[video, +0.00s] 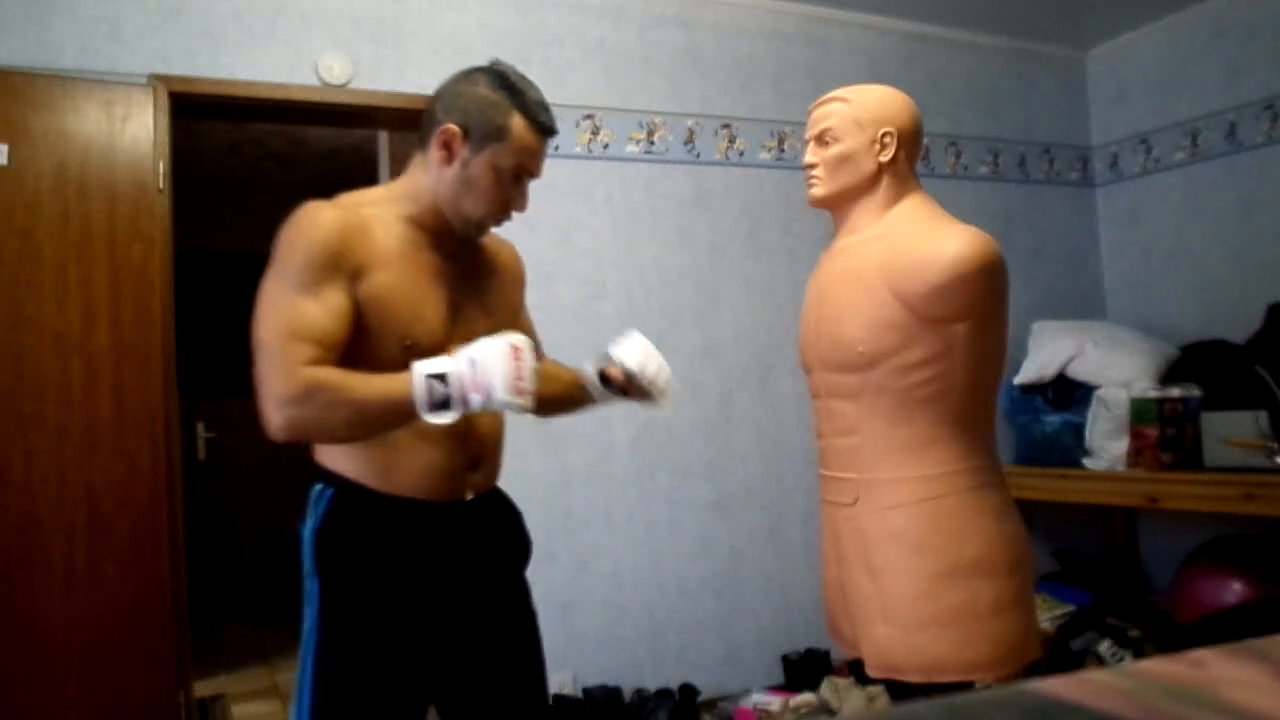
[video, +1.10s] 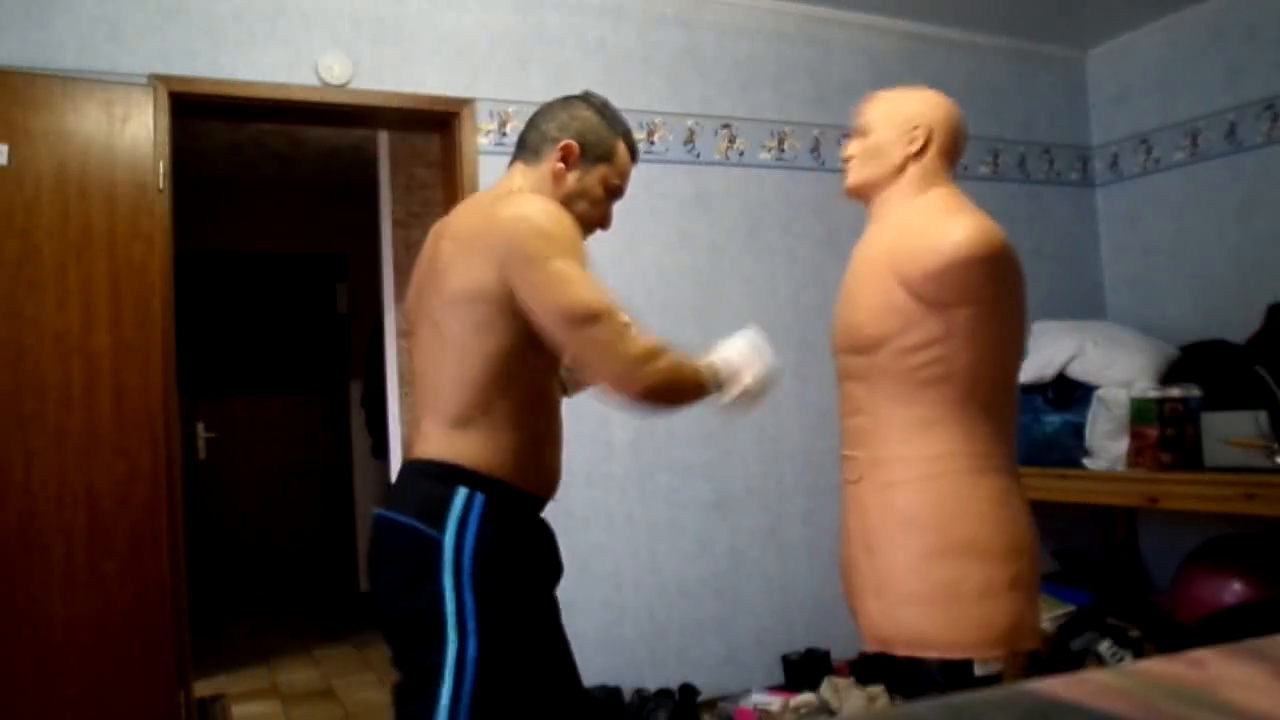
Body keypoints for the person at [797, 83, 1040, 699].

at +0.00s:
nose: (807, 157)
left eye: (825, 140)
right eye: (808, 142)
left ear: (883, 148)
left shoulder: (949, 258)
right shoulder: (836, 260)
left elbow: (965, 426)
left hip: (934, 542)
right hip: (855, 540)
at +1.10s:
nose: (845, 149)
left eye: (861, 135)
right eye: (850, 136)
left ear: (914, 143)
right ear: (914, 146)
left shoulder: (948, 238)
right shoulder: (888, 235)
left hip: (940, 515)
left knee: (948, 696)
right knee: (907, 690)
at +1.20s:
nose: (815, 154)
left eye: (831, 138)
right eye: (818, 139)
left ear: (888, 147)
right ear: (883, 149)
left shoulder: (928, 246)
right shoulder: (862, 243)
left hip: (928, 523)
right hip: (874, 519)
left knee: (946, 691)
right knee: (898, 687)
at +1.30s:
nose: (781, 168)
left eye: (797, 148)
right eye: (780, 152)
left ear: (859, 152)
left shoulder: (922, 257)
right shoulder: (830, 255)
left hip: (923, 539)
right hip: (854, 535)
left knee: (950, 702)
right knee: (888, 694)